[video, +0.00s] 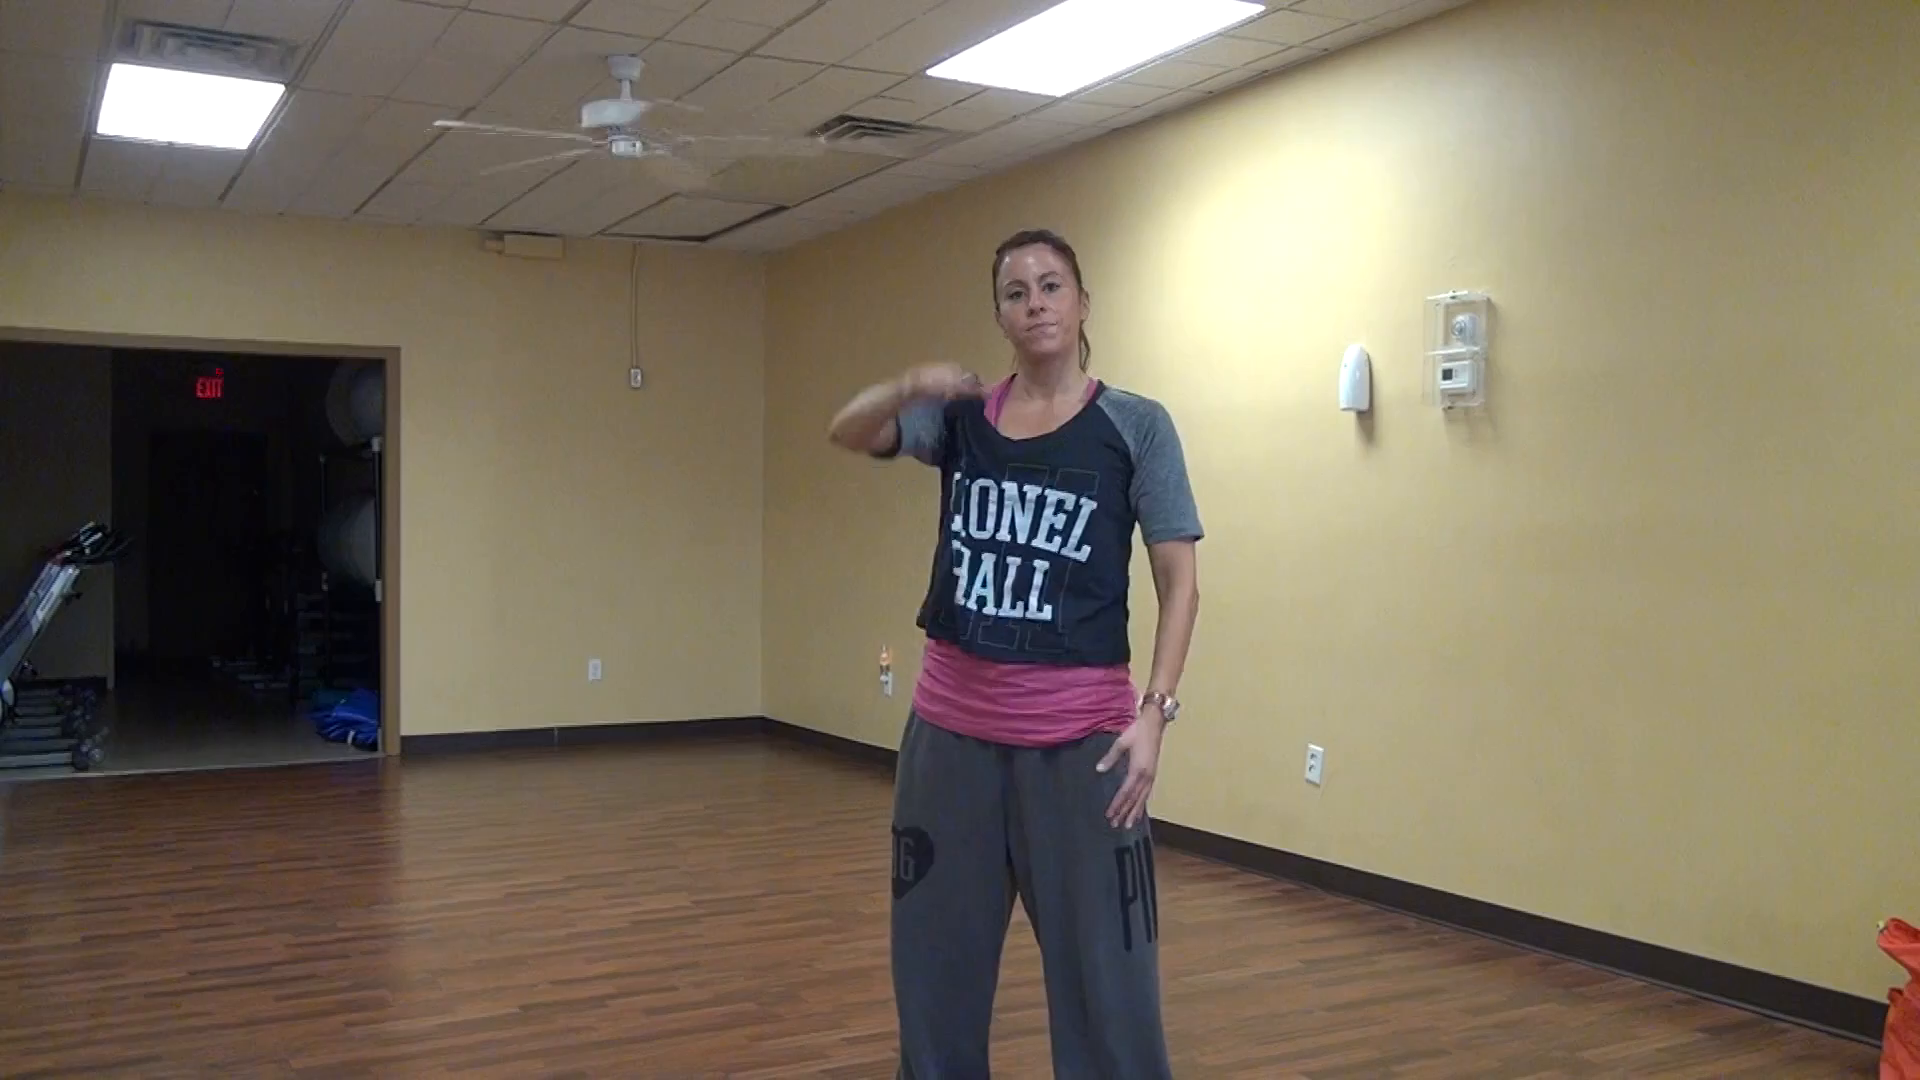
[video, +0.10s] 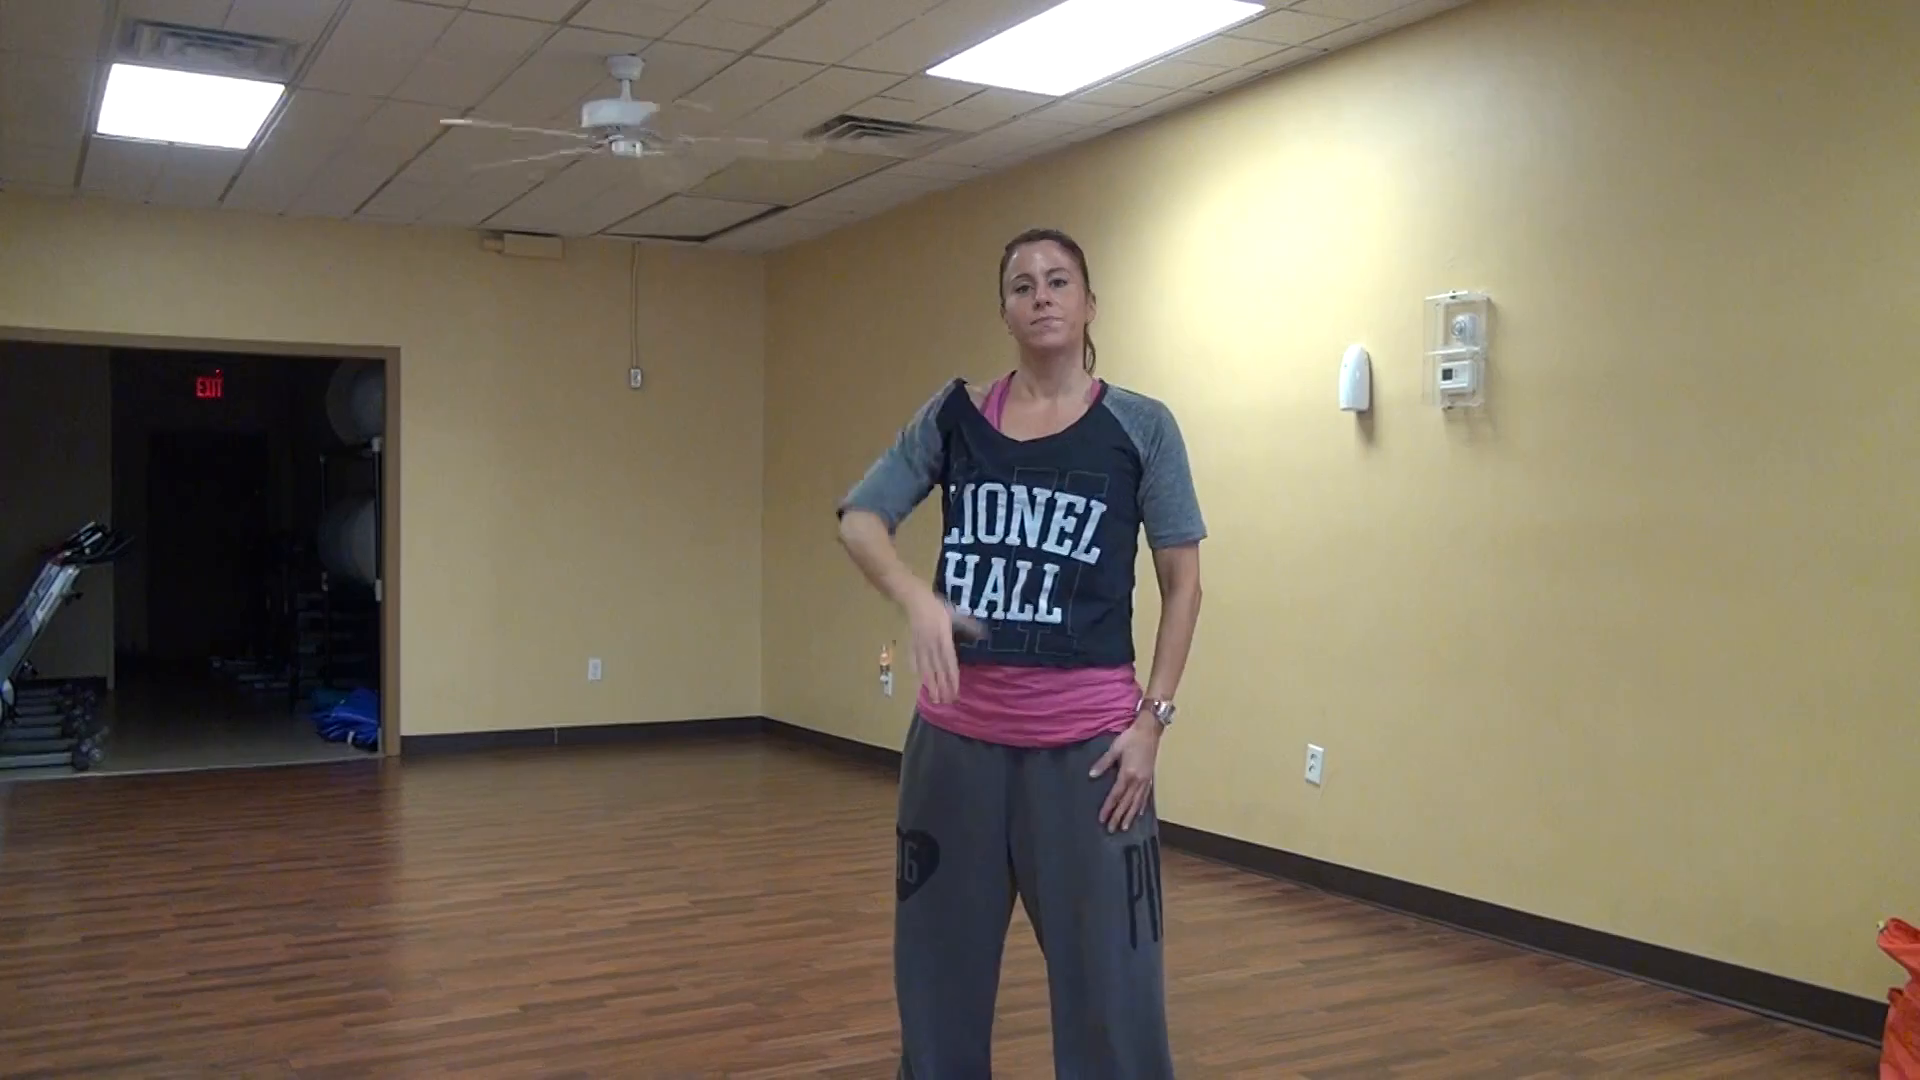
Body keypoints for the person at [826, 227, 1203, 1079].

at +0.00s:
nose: (1035, 302)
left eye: (1050, 285)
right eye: (1016, 292)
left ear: (1082, 301)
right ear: (999, 317)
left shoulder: (1135, 424)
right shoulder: (961, 414)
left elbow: (1179, 579)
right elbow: (846, 433)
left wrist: (1155, 711)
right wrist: (906, 385)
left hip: (1079, 741)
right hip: (949, 734)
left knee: (1103, 983)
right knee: (935, 972)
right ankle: (938, 1077)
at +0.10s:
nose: (1041, 296)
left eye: (1058, 281)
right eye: (1023, 286)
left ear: (1089, 302)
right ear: (1003, 311)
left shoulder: (1141, 424)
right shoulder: (957, 412)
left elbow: (1182, 580)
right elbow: (857, 519)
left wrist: (1153, 718)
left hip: (1085, 744)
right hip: (955, 738)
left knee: (1108, 991)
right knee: (939, 980)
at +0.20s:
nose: (1044, 291)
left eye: (1062, 278)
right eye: (1027, 281)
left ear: (1092, 302)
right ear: (1006, 307)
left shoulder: (1146, 421)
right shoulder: (957, 418)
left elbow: (1173, 573)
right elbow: (899, 568)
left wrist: (1168, 710)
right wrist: (927, 705)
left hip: (1100, 739)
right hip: (967, 735)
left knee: (1115, 979)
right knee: (946, 974)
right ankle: (944, 1074)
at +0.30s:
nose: (1050, 289)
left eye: (1068, 276)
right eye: (1031, 278)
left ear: (1096, 303)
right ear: (1008, 307)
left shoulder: (1151, 420)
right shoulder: (960, 420)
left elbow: (1179, 570)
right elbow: (925, 573)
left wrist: (1186, 707)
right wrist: (933, 714)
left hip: (1115, 738)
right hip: (979, 736)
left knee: (1125, 979)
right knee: (951, 974)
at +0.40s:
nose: (1060, 291)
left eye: (1077, 277)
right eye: (1040, 280)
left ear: (1103, 303)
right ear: (1015, 308)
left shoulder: (1162, 420)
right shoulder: (971, 422)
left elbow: (1196, 572)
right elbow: (927, 573)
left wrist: (1204, 711)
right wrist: (936, 714)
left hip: (1130, 738)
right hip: (993, 738)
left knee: (1139, 987)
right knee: (961, 984)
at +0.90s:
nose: (1114, 295)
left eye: (1130, 278)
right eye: (1093, 283)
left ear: (1157, 296)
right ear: (1069, 309)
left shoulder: (1220, 418)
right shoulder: (1029, 424)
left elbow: (1256, 570)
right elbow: (992, 578)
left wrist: (1260, 712)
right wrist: (1043, 688)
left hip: (1182, 749)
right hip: (1045, 740)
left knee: (1170, 993)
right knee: (993, 965)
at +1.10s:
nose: (1121, 293)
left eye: (1138, 277)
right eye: (1101, 281)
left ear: (1167, 295)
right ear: (1078, 306)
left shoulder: (1229, 419)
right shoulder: (1036, 423)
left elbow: (1265, 577)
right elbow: (999, 572)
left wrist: (1273, 722)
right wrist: (1052, 656)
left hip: (1186, 753)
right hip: (1048, 745)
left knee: (1175, 998)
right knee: (1003, 971)